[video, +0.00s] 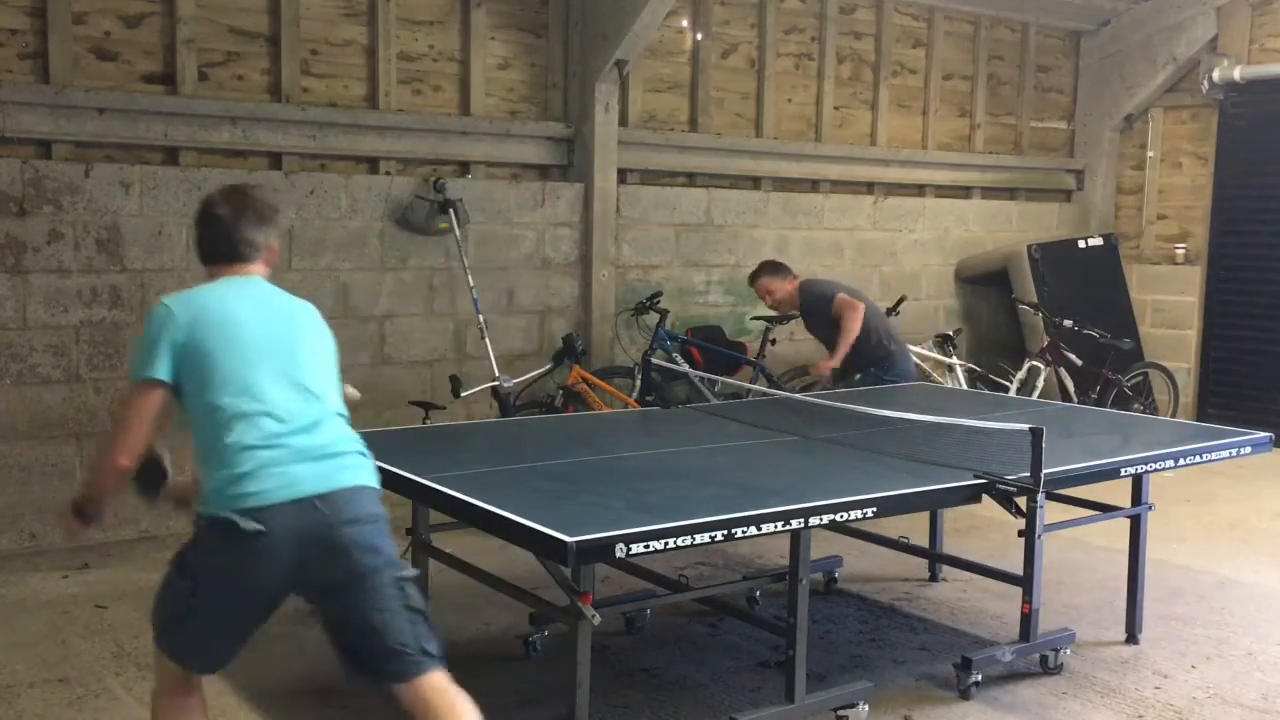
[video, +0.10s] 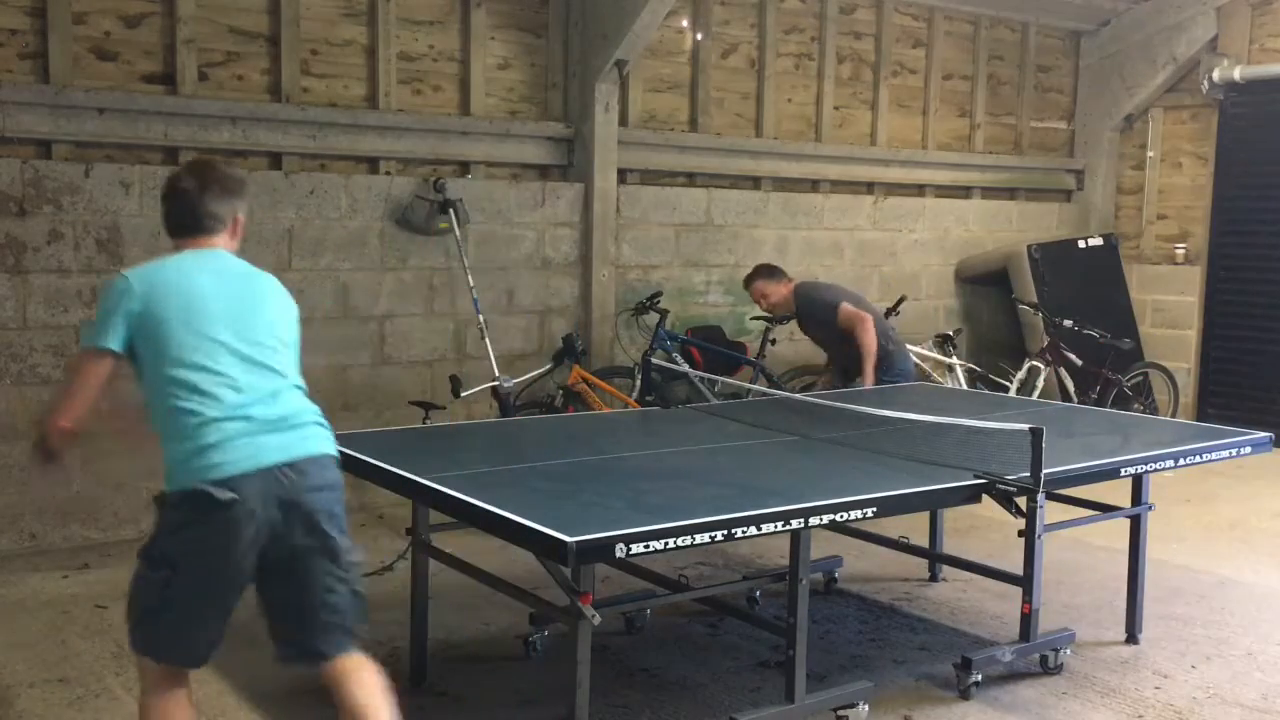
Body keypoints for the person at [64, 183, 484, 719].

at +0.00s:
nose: (276, 253)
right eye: (275, 244)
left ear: (202, 253)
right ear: (270, 252)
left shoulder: (178, 313)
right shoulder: (308, 315)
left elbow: (124, 458)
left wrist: (90, 504)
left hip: (251, 522)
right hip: (350, 507)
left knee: (179, 673)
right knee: (423, 678)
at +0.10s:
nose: (244, 230)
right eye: (243, 221)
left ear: (169, 224)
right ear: (235, 225)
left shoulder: (136, 286)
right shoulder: (274, 290)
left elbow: (67, 421)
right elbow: (279, 381)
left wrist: (49, 446)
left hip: (217, 491)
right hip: (312, 471)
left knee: (166, 668)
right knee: (341, 650)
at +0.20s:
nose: (228, 206)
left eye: (227, 194)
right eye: (226, 194)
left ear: (152, 198)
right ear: (208, 195)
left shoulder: (102, 264)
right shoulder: (254, 267)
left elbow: (17, 376)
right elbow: (297, 382)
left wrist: (27, 392)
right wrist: (330, 367)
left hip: (185, 471)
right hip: (276, 454)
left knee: (158, 663)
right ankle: (294, 714)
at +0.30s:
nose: (216, 191)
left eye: (213, 176)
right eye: (209, 177)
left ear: (138, 187)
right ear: (180, 182)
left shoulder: (81, 259)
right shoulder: (228, 254)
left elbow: (4, 351)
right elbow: (297, 352)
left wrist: (43, 375)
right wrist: (352, 347)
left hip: (143, 457)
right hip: (228, 447)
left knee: (152, 653)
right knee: (197, 609)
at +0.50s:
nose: (189, 193)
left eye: (186, 179)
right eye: (181, 180)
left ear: (120, 191)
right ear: (151, 190)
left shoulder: (63, 256)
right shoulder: (186, 268)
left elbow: (14, 359)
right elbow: (214, 375)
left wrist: (78, 370)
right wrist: (264, 387)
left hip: (72, 455)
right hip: (159, 451)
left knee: (72, 619)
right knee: (137, 598)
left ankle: (98, 712)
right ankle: (108, 706)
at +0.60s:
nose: (181, 182)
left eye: (178, 167)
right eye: (173, 168)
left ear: (117, 180)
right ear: (137, 179)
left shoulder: (48, 248)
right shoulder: (164, 256)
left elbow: (12, 352)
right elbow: (172, 366)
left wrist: (66, 371)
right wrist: (213, 399)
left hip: (55, 441)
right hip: (133, 441)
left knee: (65, 575)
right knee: (127, 582)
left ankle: (36, 678)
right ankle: (102, 712)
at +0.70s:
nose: (171, 167)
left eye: (168, 154)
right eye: (162, 154)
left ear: (112, 167)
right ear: (125, 165)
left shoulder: (40, 235)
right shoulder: (140, 239)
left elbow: (10, 336)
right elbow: (138, 347)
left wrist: (52, 369)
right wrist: (181, 384)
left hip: (34, 412)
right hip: (101, 416)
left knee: (72, 540)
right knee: (113, 572)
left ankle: (21, 666)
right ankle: (92, 709)